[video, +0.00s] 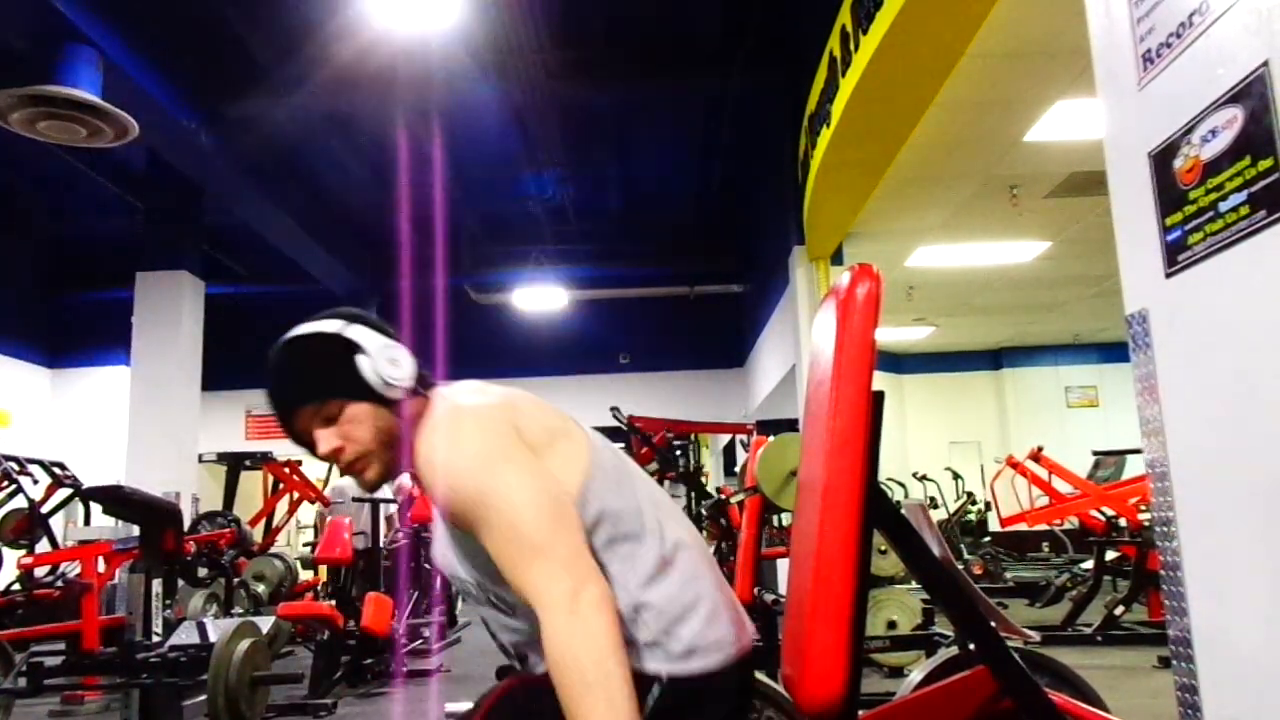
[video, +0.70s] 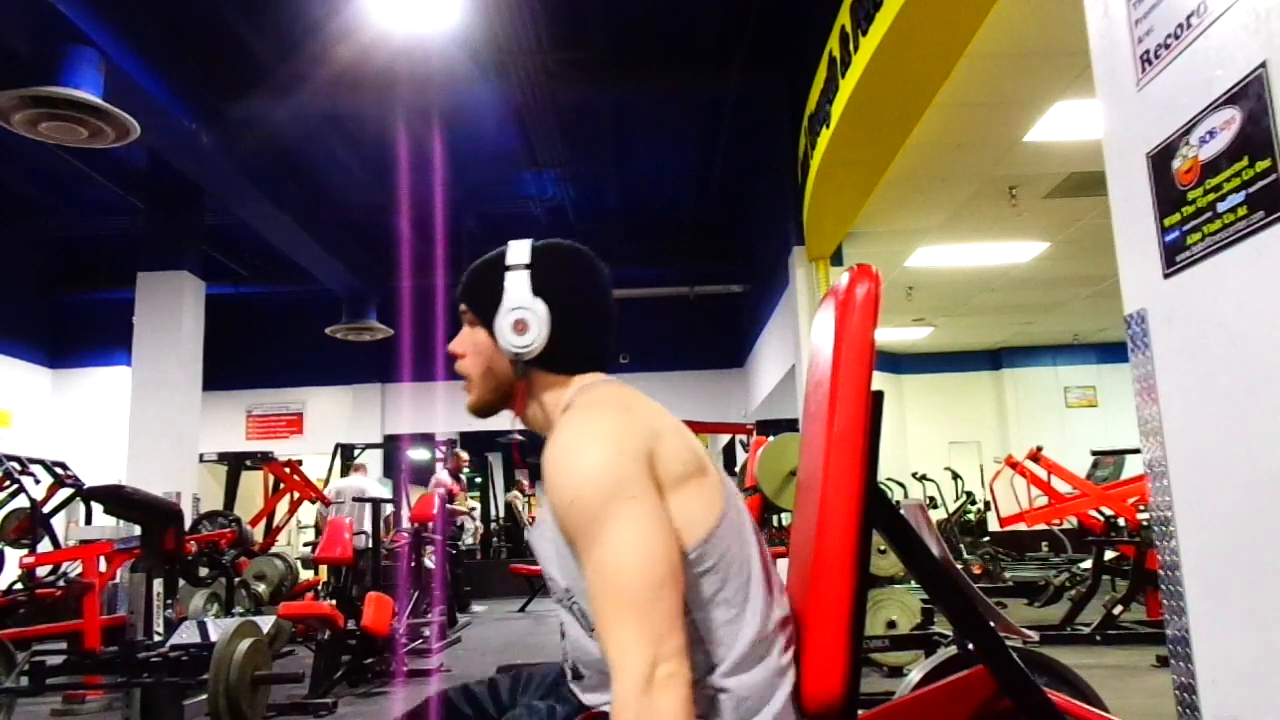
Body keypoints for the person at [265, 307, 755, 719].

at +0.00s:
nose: (327, 448)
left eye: (332, 416)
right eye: (310, 437)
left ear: (379, 379)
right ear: (306, 445)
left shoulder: (462, 433)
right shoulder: (447, 438)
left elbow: (577, 603)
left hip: (683, 673)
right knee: (502, 700)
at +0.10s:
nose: (347, 444)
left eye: (358, 416)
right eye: (336, 427)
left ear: (415, 388)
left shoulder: (495, 457)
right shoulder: (479, 451)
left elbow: (600, 645)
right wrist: (555, 691)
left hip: (698, 703)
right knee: (505, 711)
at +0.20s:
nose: (386, 427)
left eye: (397, 403)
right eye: (385, 404)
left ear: (457, 385)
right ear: (456, 385)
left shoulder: (540, 459)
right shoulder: (521, 453)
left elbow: (626, 669)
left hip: (697, 709)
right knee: (508, 706)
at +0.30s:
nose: (428, 393)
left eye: (442, 367)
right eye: (430, 370)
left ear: (491, 359)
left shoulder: (583, 442)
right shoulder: (566, 439)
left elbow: (651, 656)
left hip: (718, 706)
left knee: (520, 710)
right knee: (513, 711)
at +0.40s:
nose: (463, 368)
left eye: (475, 342)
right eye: (467, 345)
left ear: (529, 335)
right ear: (527, 337)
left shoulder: (621, 434)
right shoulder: (602, 429)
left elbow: (677, 660)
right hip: (611, 691)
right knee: (478, 716)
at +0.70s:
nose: (453, 348)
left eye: (471, 324)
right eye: (461, 324)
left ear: (524, 330)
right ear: (522, 330)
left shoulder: (593, 441)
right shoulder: (596, 421)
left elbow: (654, 679)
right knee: (448, 706)